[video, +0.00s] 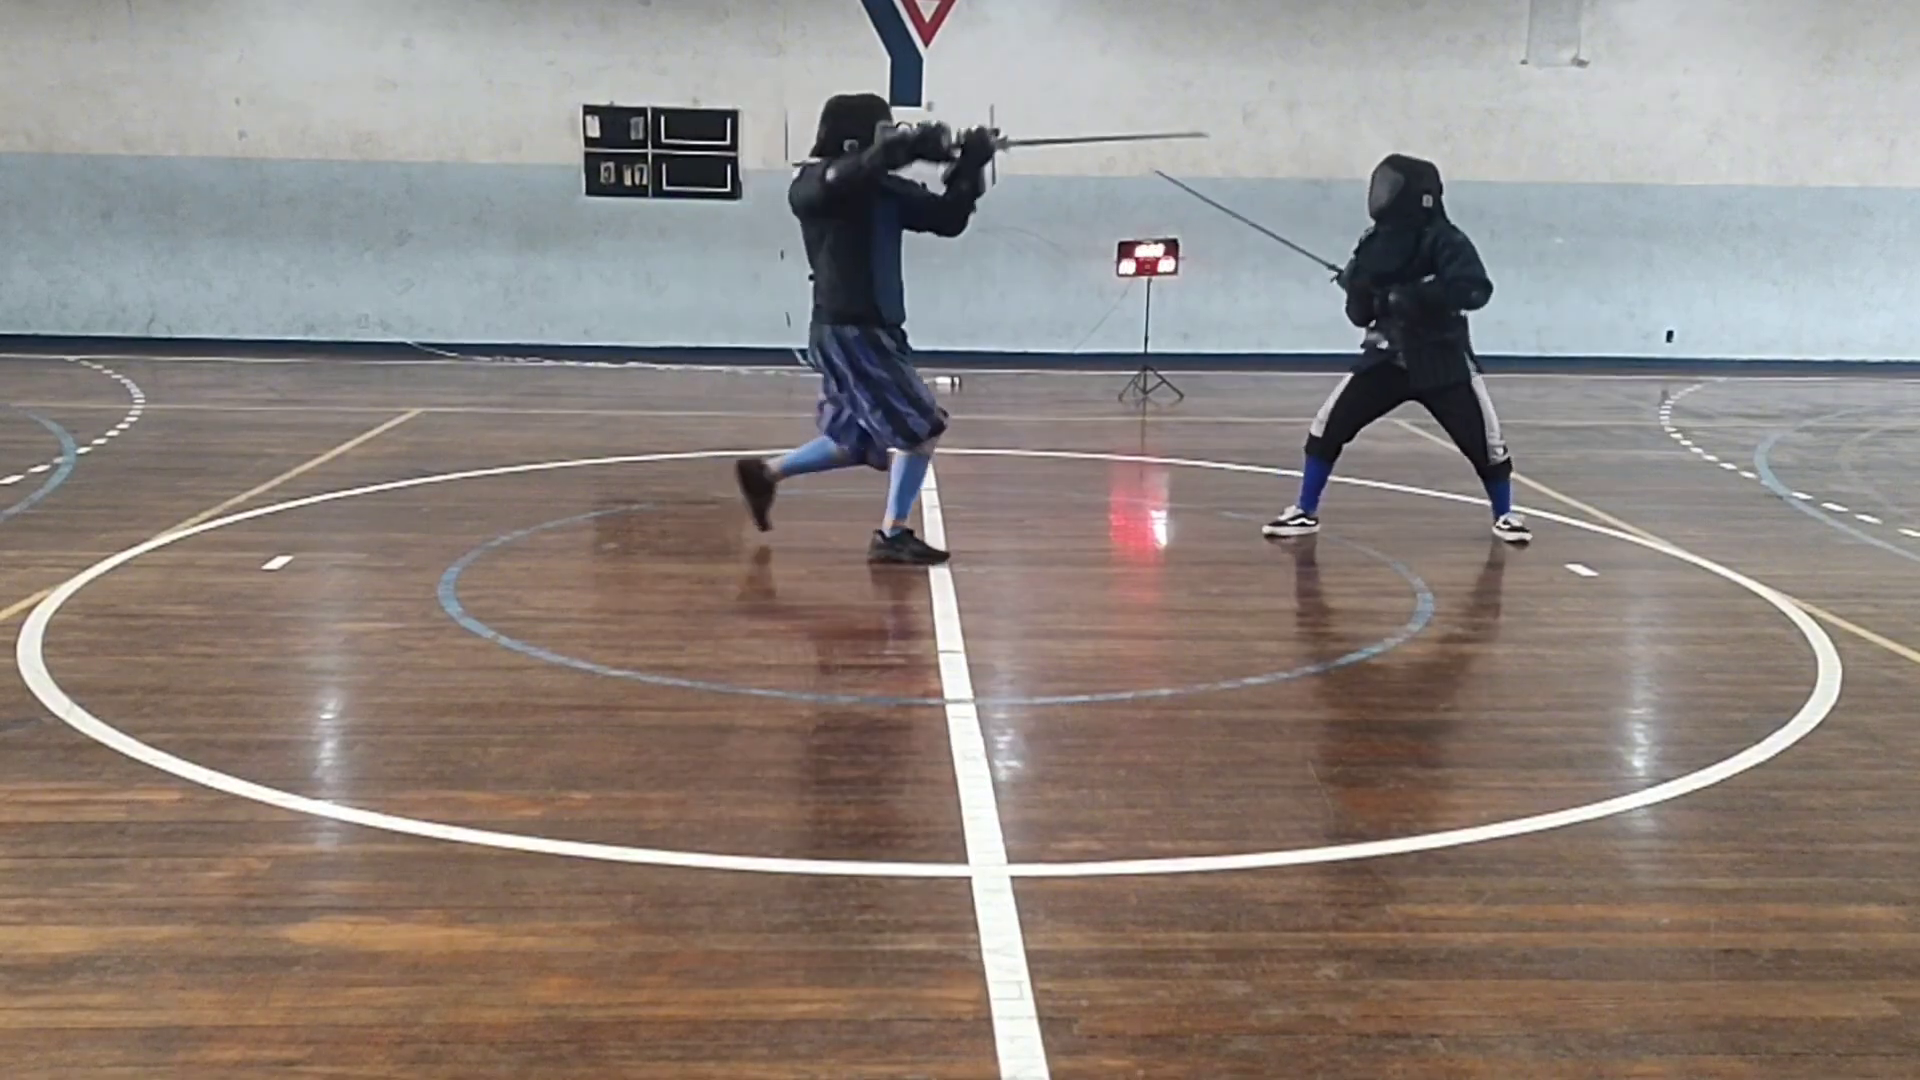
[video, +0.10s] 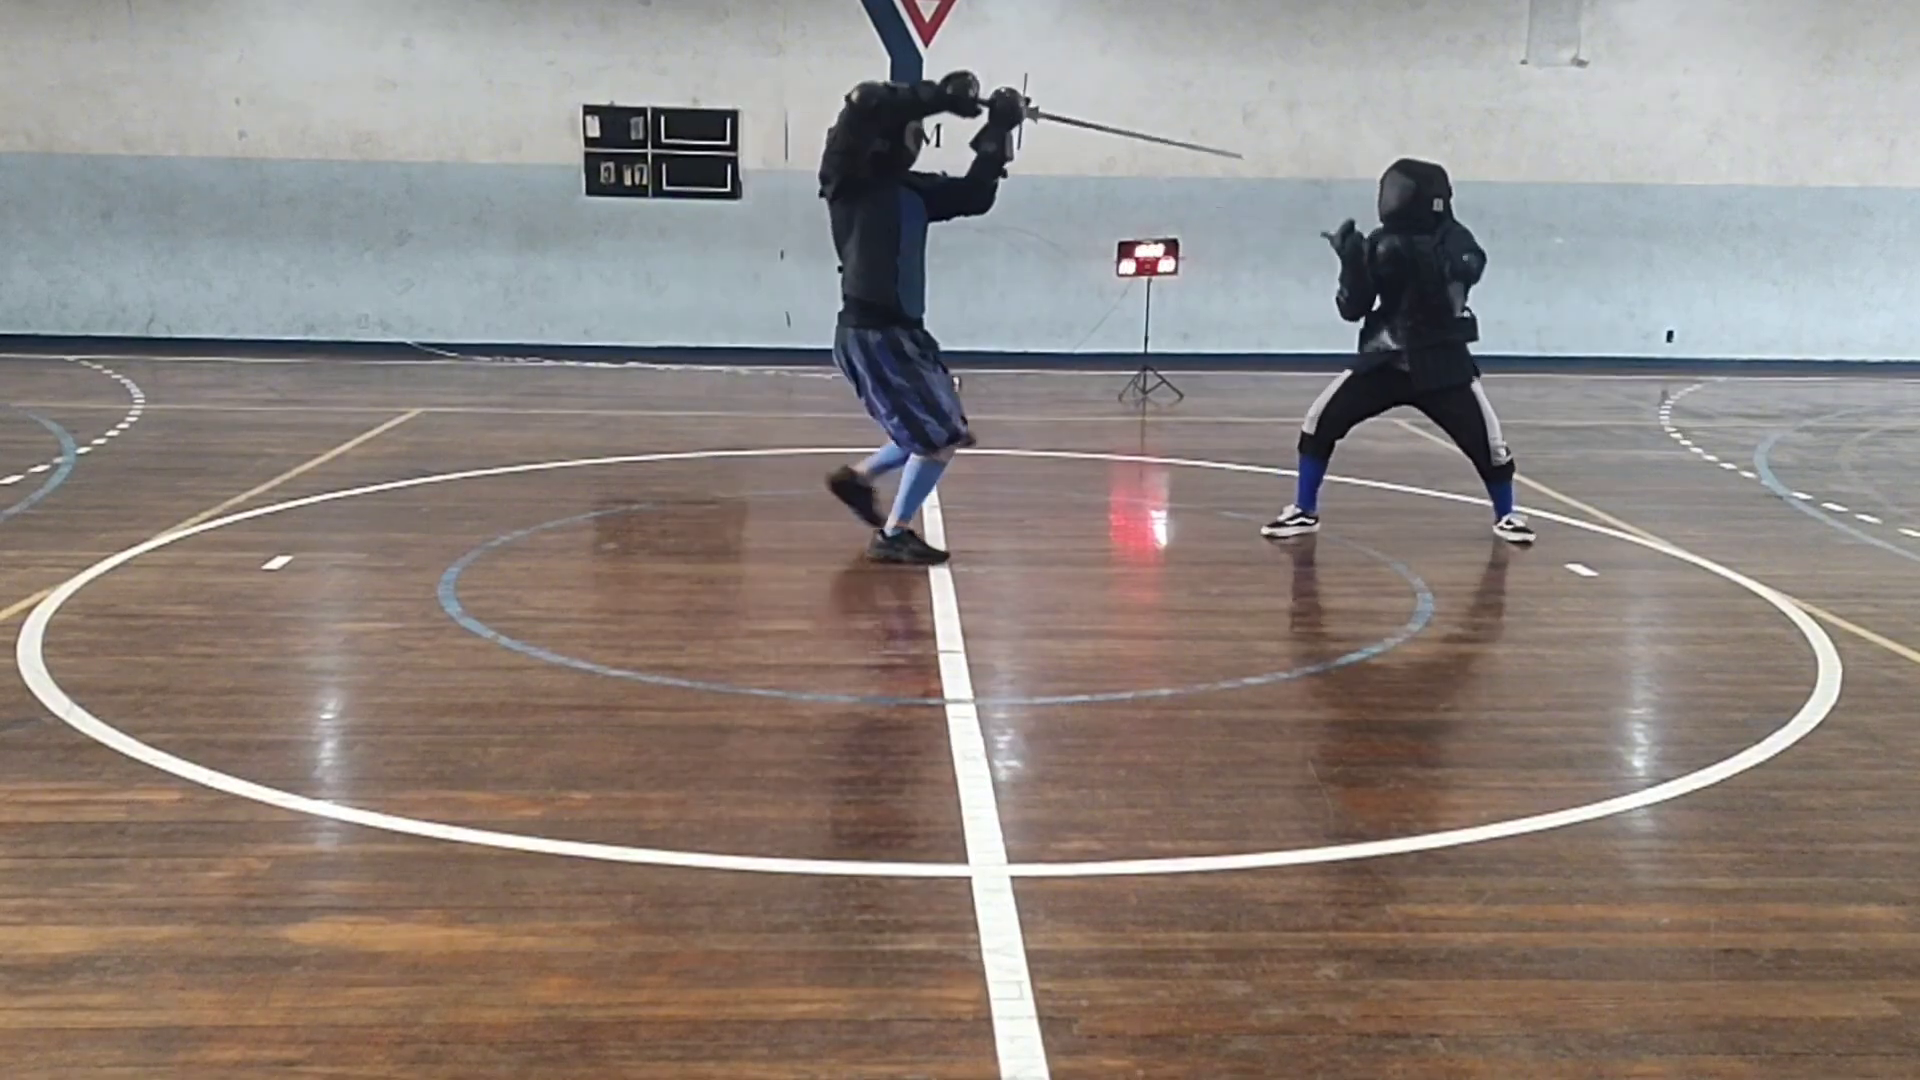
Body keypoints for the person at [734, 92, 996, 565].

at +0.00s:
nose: (887, 145)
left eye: (887, 138)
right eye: (880, 137)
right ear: (856, 139)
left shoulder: (883, 186)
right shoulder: (809, 185)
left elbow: (949, 219)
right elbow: (839, 179)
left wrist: (968, 166)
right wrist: (897, 148)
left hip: (875, 329)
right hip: (845, 331)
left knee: (862, 443)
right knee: (919, 426)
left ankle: (769, 473)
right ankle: (894, 533)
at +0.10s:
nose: (921, 142)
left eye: (922, 133)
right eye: (914, 132)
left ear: (910, 141)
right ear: (888, 132)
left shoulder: (914, 191)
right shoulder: (851, 180)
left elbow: (976, 196)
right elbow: (867, 104)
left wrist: (995, 134)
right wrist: (941, 96)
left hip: (904, 332)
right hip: (871, 334)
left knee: (938, 428)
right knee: (937, 438)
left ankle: (859, 477)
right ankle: (895, 535)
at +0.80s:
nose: (1028, 177)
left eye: (1028, 169)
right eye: (1021, 168)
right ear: (994, 172)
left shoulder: (1028, 229)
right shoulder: (966, 224)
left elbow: (1063, 296)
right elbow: (977, 291)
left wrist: (1090, 277)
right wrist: (1048, 304)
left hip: (1045, 356)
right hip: (1001, 359)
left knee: (1106, 424)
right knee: (1007, 471)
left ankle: (1086, 515)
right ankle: (916, 531)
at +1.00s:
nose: (1043, 152)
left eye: (1042, 144)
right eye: (1032, 144)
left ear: (1038, 153)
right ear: (1006, 156)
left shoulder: (1054, 203)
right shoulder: (989, 203)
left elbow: (1103, 199)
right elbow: (963, 139)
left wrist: (1097, 134)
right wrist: (1028, 106)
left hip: (1062, 340)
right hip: (1019, 338)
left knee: (1122, 418)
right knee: (995, 450)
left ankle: (1092, 507)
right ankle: (912, 530)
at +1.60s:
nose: (1078, 131)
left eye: (1073, 124)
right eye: (1071, 125)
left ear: (1032, 134)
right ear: (1055, 132)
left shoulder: (1044, 170)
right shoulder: (1064, 178)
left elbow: (1100, 153)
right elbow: (1143, 208)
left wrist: (1136, 121)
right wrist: (1169, 159)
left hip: (1057, 317)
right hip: (1042, 318)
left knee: (1109, 414)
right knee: (1010, 427)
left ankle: (1094, 509)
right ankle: (929, 511)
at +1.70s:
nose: (1079, 162)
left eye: (1076, 157)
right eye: (1075, 155)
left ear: (1024, 160)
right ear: (1062, 163)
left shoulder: (1008, 202)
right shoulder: (1071, 207)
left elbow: (1072, 182)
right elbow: (1120, 253)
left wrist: (1122, 160)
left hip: (1020, 337)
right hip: (1049, 344)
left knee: (1110, 414)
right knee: (1028, 456)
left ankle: (1096, 506)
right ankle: (928, 511)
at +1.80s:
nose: (1081, 191)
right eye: (1078, 186)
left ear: (1030, 185)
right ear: (1068, 190)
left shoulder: (1003, 223)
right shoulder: (1079, 237)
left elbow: (1041, 197)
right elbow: (1105, 282)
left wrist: (1089, 190)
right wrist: (1086, 223)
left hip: (1019, 361)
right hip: (1054, 368)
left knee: (1108, 414)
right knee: (1032, 482)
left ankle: (1101, 505)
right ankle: (929, 515)